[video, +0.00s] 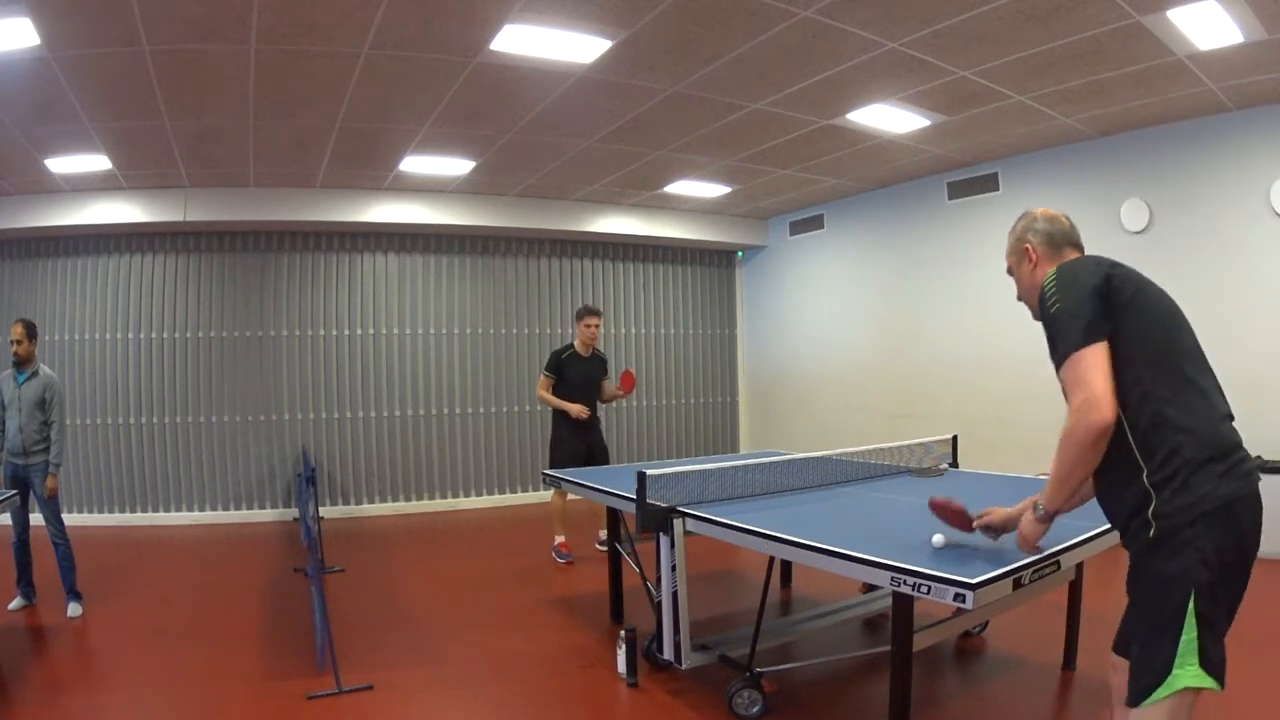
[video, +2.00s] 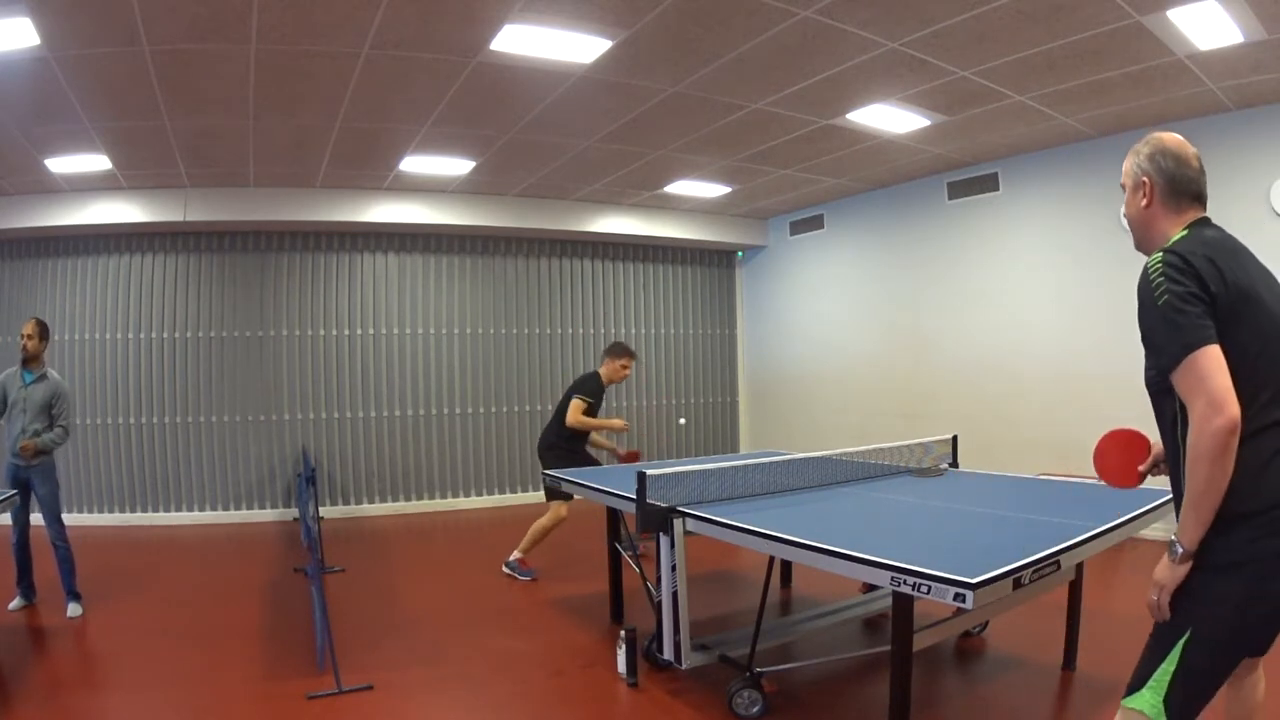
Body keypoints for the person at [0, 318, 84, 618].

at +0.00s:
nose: (14, 347)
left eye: (19, 342)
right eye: (11, 343)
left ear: (34, 344)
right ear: (10, 345)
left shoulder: (48, 380)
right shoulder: (5, 380)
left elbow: (57, 429)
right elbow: (2, 423)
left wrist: (53, 472)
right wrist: (2, 465)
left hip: (40, 465)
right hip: (12, 465)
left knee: (57, 533)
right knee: (19, 534)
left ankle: (73, 596)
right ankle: (26, 593)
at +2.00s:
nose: (23, 342)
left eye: (30, 338)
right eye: (22, 337)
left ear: (44, 344)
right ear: (20, 341)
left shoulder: (56, 386)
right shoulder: (7, 379)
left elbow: (63, 430)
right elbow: (2, 415)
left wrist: (39, 444)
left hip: (42, 466)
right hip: (12, 465)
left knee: (56, 532)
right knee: (19, 533)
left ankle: (72, 596)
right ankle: (25, 593)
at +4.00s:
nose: (15, 348)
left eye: (21, 343)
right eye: (13, 343)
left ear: (36, 344)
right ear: (12, 345)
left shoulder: (51, 382)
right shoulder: (6, 381)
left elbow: (62, 427)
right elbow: (3, 426)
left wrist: (37, 444)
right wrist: (2, 466)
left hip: (41, 466)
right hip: (11, 466)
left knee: (56, 532)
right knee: (20, 533)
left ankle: (72, 596)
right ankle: (26, 593)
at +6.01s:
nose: (17, 345)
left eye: (23, 340)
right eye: (14, 340)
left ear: (37, 344)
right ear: (12, 344)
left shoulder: (52, 384)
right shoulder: (6, 381)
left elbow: (61, 428)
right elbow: (4, 411)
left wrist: (43, 449)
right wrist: (3, 414)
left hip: (40, 464)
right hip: (11, 465)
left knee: (57, 532)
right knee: (19, 533)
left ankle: (72, 596)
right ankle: (26, 593)